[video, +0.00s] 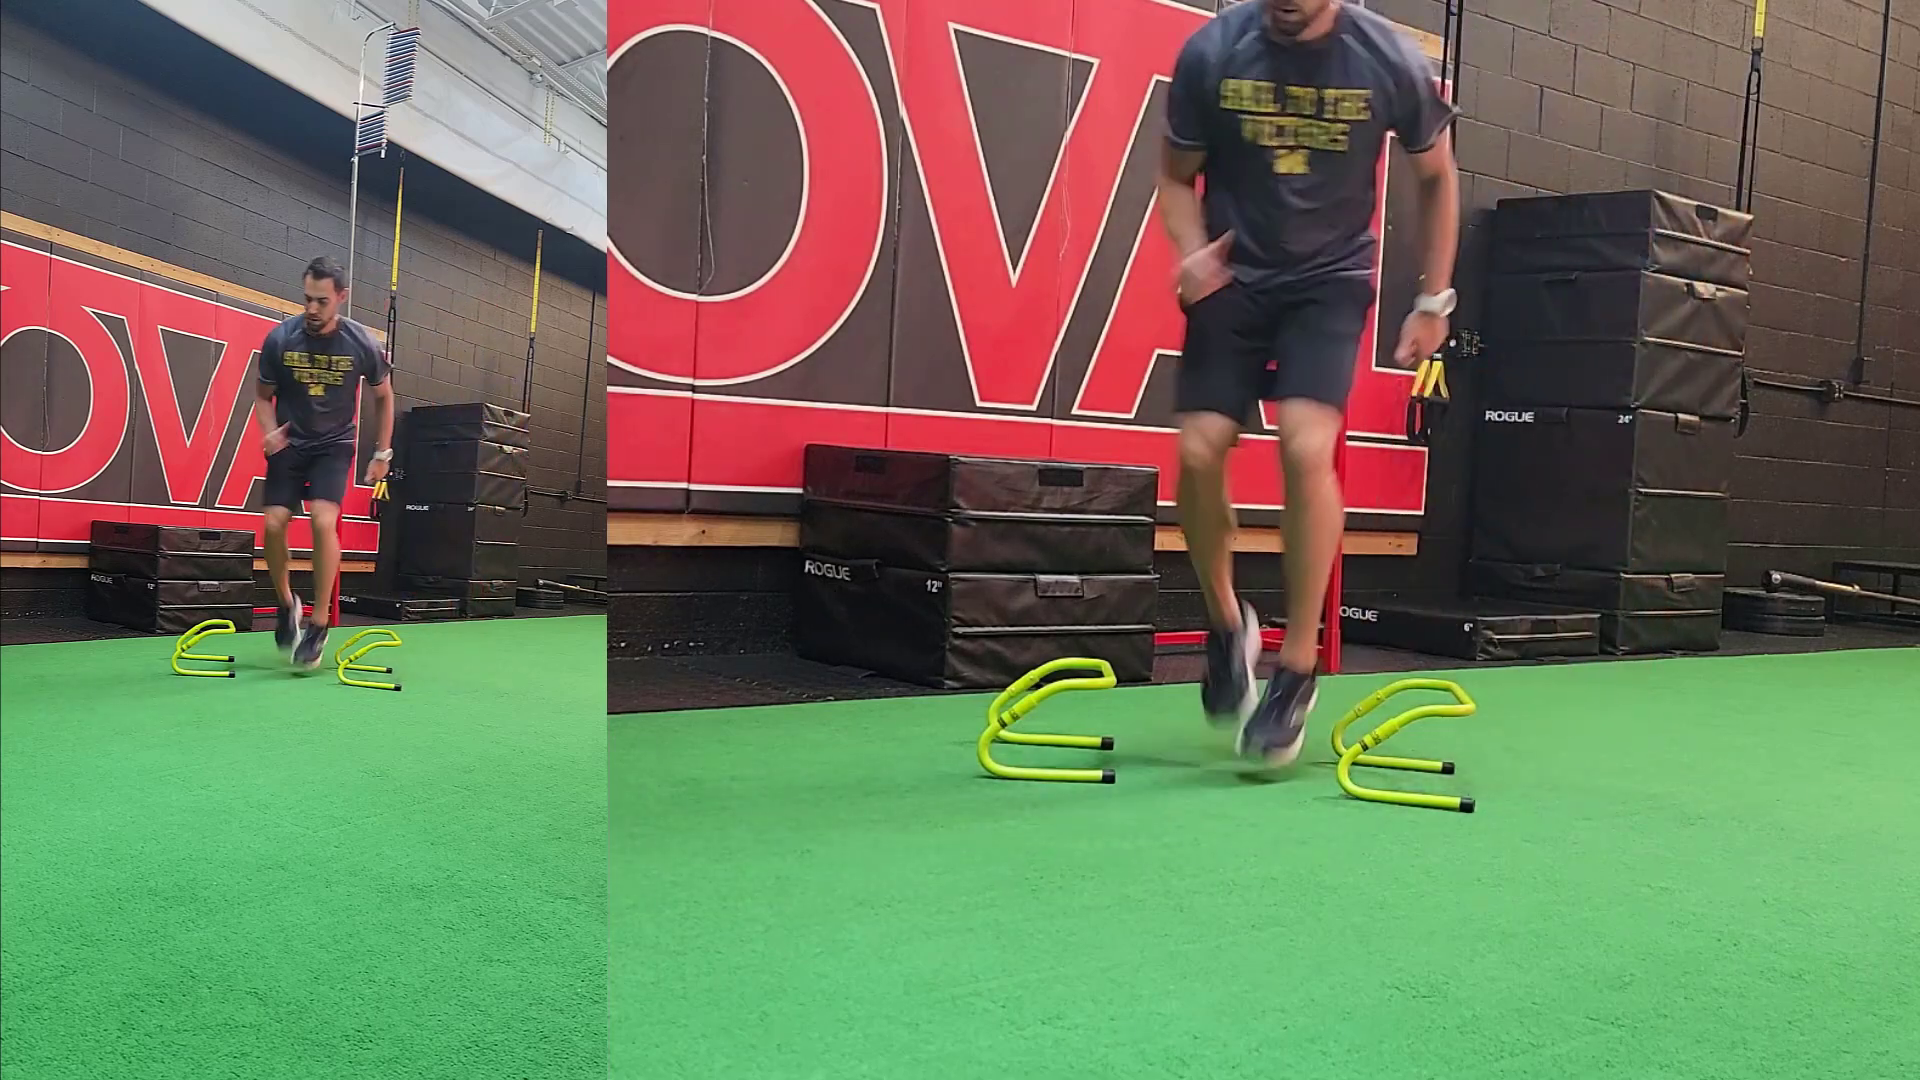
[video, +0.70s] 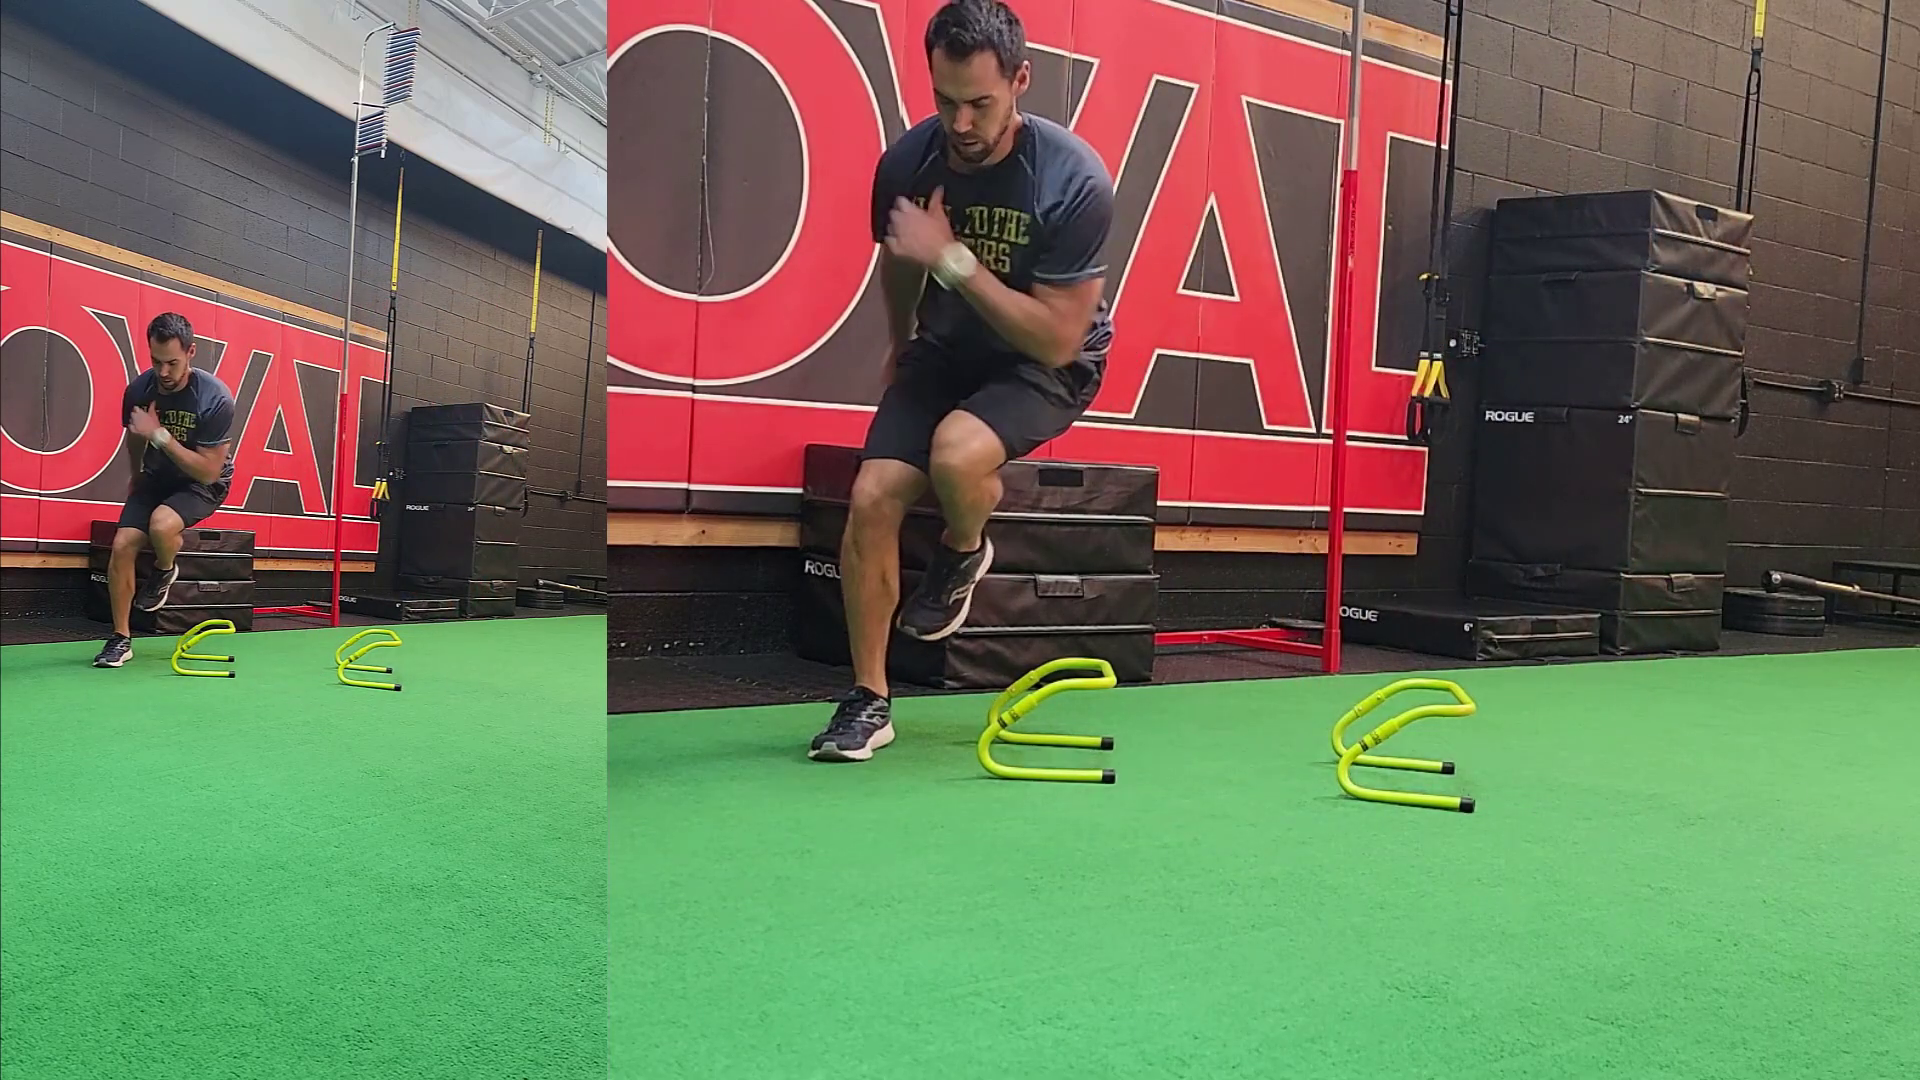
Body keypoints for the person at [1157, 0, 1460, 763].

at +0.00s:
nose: (1284, 7)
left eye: (1301, 0)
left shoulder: (1395, 61)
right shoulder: (1211, 53)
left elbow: (1436, 176)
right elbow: (1177, 178)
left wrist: (1433, 298)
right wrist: (1189, 249)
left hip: (1331, 281)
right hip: (1231, 277)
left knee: (1305, 448)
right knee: (1197, 451)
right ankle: (1226, 623)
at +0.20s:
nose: (1161, 6)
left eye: (1179, 2)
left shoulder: (1273, 66)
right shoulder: (1098, 46)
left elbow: (1317, 201)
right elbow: (1069, 158)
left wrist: (1259, 292)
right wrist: (1038, 251)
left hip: (1215, 298)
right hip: (1112, 273)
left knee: (1225, 491)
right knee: (1025, 402)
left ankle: (1268, 696)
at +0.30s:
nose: (1092, 6)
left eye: (1109, 1)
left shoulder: (1207, 68)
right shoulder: (1029, 52)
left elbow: (1244, 215)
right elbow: (1009, 177)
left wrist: (1145, 270)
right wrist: (986, 280)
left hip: (1166, 280)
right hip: (1055, 268)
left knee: (1142, 441)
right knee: (974, 453)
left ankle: (1202, 580)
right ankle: (881, 660)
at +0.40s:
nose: (1030, 52)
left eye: (1049, 34)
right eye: (1020, 32)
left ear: (1092, 22)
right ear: (1007, 24)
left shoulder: (1141, 130)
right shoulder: (973, 102)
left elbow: (1145, 289)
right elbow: (962, 225)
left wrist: (1018, 264)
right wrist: (964, 312)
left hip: (1091, 328)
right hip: (989, 327)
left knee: (1047, 433)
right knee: (926, 494)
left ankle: (1099, 481)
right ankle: (870, 694)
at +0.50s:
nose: (981, 101)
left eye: (1001, 83)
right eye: (970, 79)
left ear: (1048, 68)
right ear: (959, 59)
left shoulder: (1099, 174)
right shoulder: (935, 136)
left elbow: (1051, 325)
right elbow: (927, 244)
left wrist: (954, 232)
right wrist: (939, 218)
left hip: (1061, 360)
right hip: (958, 346)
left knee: (978, 449)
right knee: (884, 491)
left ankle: (974, 553)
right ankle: (867, 692)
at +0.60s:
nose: (965, 119)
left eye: (984, 100)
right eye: (953, 96)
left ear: (1028, 79)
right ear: (938, 78)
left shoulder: (1077, 188)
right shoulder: (918, 149)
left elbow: (1011, 334)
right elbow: (922, 270)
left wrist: (927, 225)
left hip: (1044, 367)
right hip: (942, 354)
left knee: (946, 463)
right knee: (870, 496)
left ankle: (954, 567)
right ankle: (868, 696)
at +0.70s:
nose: (961, 124)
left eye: (979, 104)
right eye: (947, 102)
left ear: (1019, 83)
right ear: (931, 84)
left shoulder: (1075, 184)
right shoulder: (907, 166)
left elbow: (1059, 341)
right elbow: (899, 266)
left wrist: (951, 259)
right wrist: (902, 346)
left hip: (1048, 360)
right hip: (949, 348)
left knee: (956, 456)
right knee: (872, 495)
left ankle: (962, 556)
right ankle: (868, 695)